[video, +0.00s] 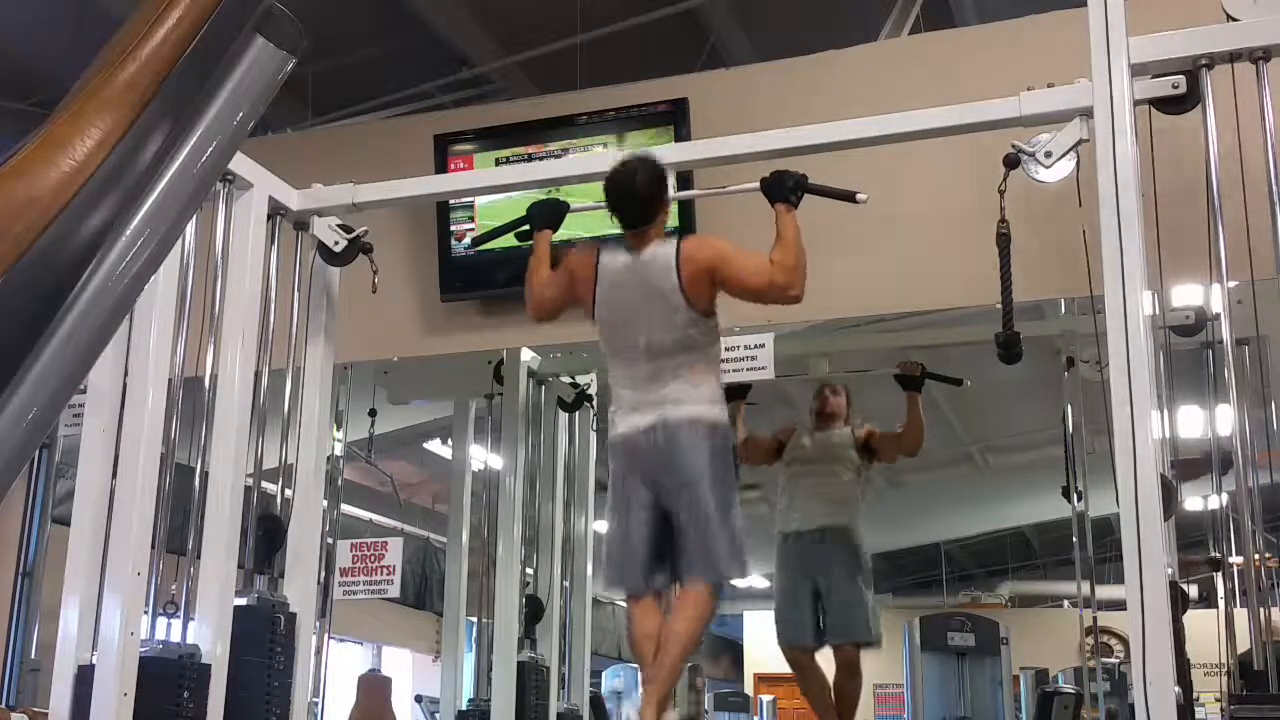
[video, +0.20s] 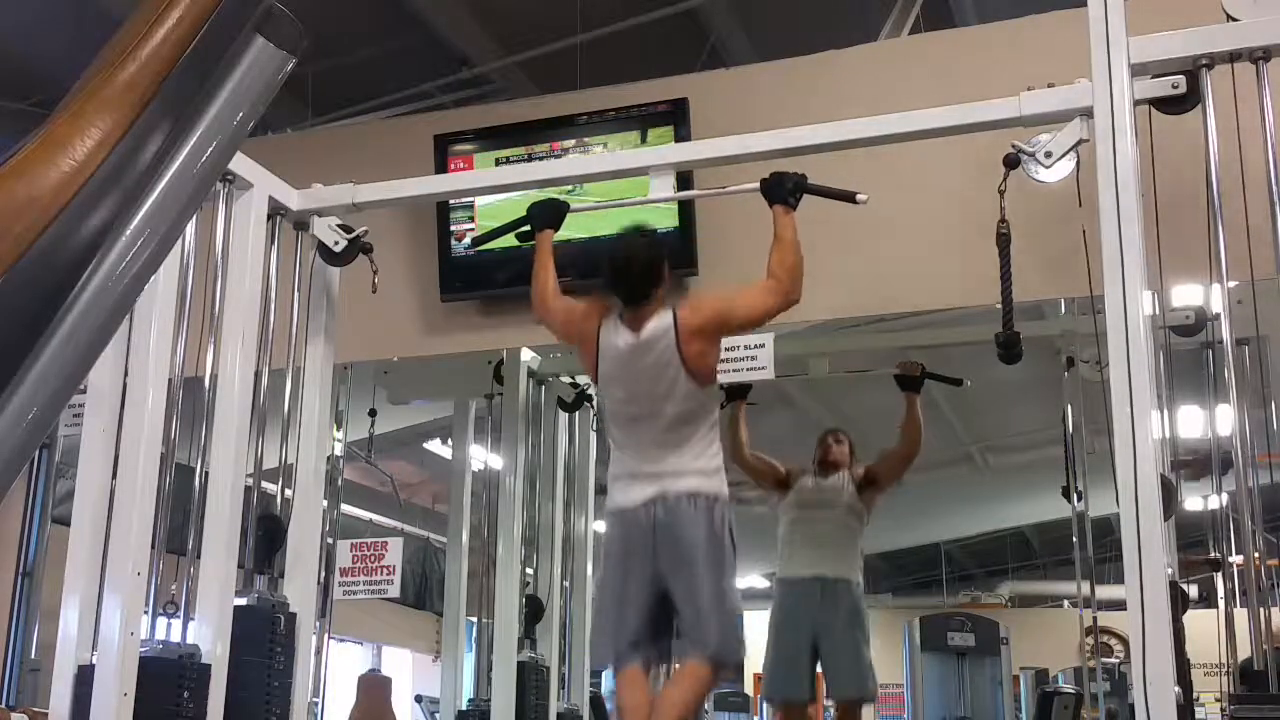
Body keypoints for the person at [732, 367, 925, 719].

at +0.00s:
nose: (826, 396)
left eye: (835, 393)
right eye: (821, 393)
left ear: (847, 408)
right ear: (812, 407)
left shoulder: (859, 437)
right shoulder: (792, 438)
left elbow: (909, 443)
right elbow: (744, 451)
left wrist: (913, 392)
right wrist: (736, 404)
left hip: (840, 546)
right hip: (792, 548)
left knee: (846, 650)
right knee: (795, 650)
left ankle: (845, 716)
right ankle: (831, 716)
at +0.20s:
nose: (830, 445)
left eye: (838, 441)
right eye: (825, 442)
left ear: (851, 454)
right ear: (815, 454)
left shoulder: (861, 482)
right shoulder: (791, 481)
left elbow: (907, 450)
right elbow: (740, 455)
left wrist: (912, 395)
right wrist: (736, 402)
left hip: (842, 591)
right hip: (791, 591)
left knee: (850, 697)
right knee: (789, 698)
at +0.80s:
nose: (826, 394)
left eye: (834, 391)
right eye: (820, 393)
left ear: (847, 405)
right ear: (812, 406)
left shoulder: (860, 432)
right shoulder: (792, 435)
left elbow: (909, 446)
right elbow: (741, 450)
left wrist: (912, 393)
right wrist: (736, 406)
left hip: (842, 533)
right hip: (793, 534)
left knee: (845, 637)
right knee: (785, 636)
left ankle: (832, 715)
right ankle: (822, 714)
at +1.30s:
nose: (829, 428)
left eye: (837, 426)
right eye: (823, 426)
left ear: (848, 439)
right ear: (813, 440)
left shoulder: (861, 467)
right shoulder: (789, 468)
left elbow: (910, 448)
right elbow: (738, 454)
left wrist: (912, 394)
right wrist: (737, 403)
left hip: (843, 577)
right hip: (791, 578)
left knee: (853, 682)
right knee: (790, 685)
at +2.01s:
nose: (822, 384)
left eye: (831, 378)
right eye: (816, 380)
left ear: (846, 390)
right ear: (809, 391)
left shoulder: (863, 421)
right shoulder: (789, 423)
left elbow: (909, 446)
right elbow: (741, 453)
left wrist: (912, 393)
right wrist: (737, 404)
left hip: (843, 523)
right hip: (794, 524)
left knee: (846, 628)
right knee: (789, 627)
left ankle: (832, 714)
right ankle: (825, 712)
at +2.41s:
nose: (826, 419)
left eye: (835, 415)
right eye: (820, 416)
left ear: (849, 429)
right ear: (813, 428)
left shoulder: (860, 457)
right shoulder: (791, 458)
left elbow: (910, 448)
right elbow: (741, 455)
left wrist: (912, 394)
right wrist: (735, 404)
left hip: (845, 568)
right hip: (795, 569)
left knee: (857, 673)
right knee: (797, 677)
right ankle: (827, 715)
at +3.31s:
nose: (821, 379)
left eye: (829, 374)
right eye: (815, 374)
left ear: (844, 382)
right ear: (806, 380)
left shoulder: (861, 409)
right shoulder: (786, 410)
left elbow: (907, 444)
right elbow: (747, 451)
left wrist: (912, 393)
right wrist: (736, 404)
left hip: (844, 511)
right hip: (795, 511)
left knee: (848, 616)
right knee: (794, 615)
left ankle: (837, 709)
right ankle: (837, 706)